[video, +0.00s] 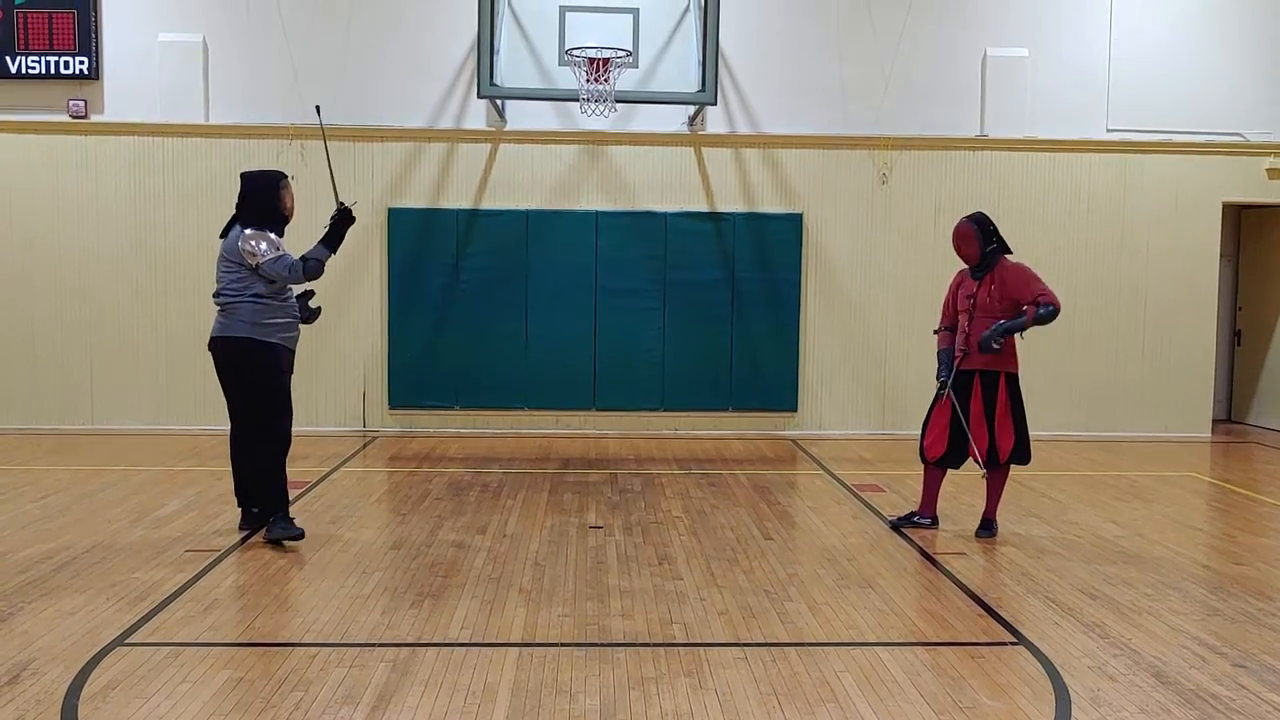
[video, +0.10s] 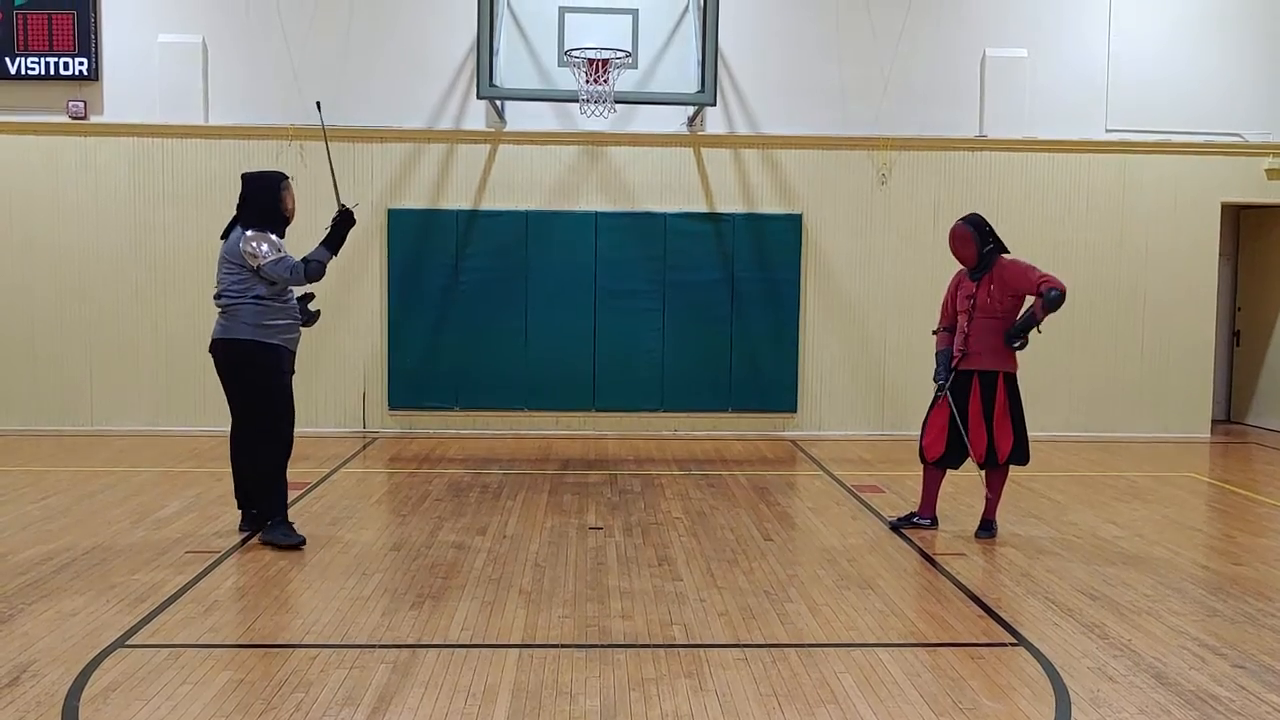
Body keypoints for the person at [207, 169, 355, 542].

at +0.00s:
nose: (293, 202)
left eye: (291, 194)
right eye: (288, 194)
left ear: (260, 198)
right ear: (270, 197)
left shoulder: (242, 235)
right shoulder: (254, 236)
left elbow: (253, 295)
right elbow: (294, 271)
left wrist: (293, 307)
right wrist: (332, 237)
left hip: (238, 343)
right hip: (254, 346)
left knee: (248, 429)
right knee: (273, 430)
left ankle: (252, 511)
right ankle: (276, 517)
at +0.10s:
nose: (294, 203)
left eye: (292, 195)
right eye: (289, 195)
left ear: (261, 198)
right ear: (271, 198)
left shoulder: (247, 235)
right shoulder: (255, 236)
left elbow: (256, 296)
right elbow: (296, 273)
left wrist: (293, 310)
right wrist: (333, 239)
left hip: (244, 345)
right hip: (255, 348)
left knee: (250, 430)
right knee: (275, 431)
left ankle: (253, 513)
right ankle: (273, 520)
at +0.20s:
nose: (296, 206)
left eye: (294, 198)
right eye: (291, 198)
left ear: (262, 202)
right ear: (274, 202)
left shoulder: (245, 238)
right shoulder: (257, 240)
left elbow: (255, 299)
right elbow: (298, 277)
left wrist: (294, 312)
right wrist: (335, 242)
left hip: (246, 347)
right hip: (258, 351)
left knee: (253, 433)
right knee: (277, 434)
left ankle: (255, 517)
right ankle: (270, 523)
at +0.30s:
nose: (295, 203)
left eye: (293, 196)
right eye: (290, 195)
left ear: (261, 200)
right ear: (273, 200)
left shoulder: (241, 238)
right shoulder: (256, 239)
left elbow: (254, 297)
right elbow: (295, 277)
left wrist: (295, 310)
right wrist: (334, 245)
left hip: (243, 347)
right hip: (262, 351)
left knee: (252, 432)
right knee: (276, 433)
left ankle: (253, 516)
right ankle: (268, 523)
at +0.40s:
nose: (291, 208)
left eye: (290, 200)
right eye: (287, 200)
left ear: (257, 203)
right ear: (269, 203)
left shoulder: (238, 241)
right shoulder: (252, 242)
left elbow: (252, 302)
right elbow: (288, 282)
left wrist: (294, 314)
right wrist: (331, 251)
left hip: (243, 352)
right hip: (258, 356)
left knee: (250, 436)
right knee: (272, 438)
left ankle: (248, 520)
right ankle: (262, 527)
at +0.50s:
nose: (289, 242)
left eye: (287, 234)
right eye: (284, 234)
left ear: (255, 236)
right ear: (266, 237)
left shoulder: (236, 274)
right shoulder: (249, 275)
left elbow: (247, 336)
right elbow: (281, 316)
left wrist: (292, 349)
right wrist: (326, 289)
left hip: (241, 384)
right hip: (253, 388)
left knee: (247, 469)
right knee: (266, 471)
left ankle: (243, 553)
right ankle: (256, 559)